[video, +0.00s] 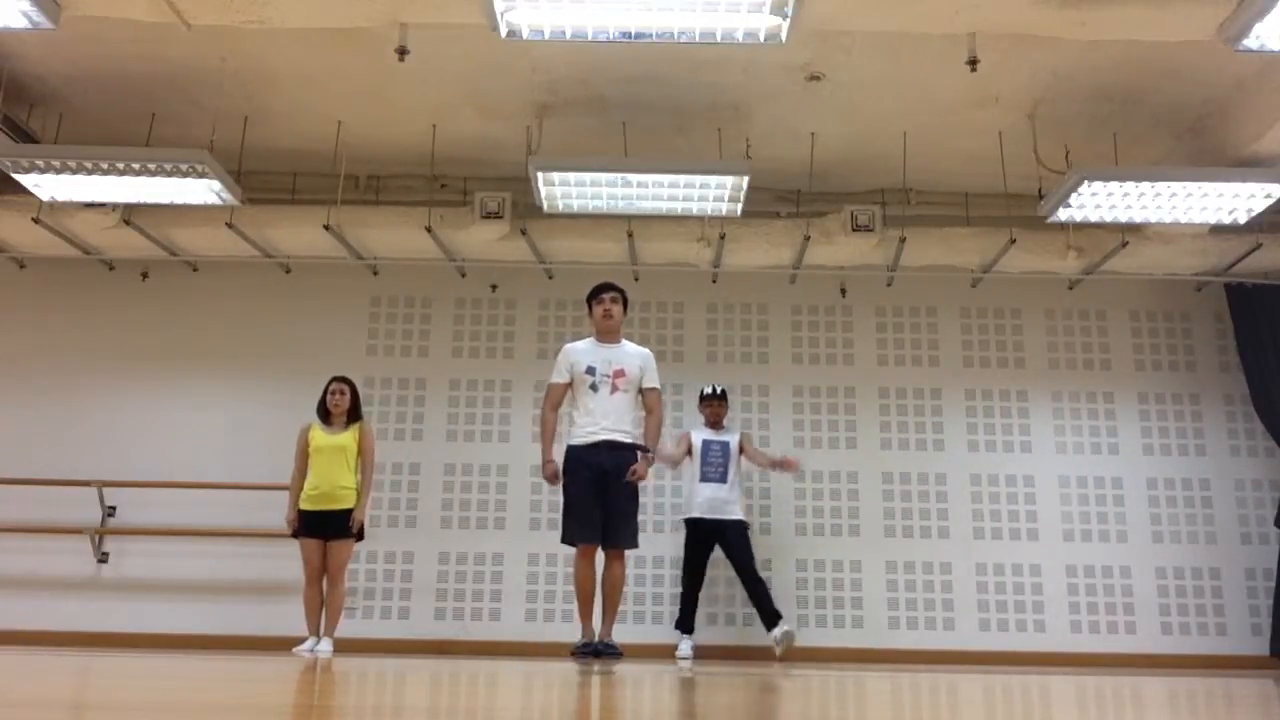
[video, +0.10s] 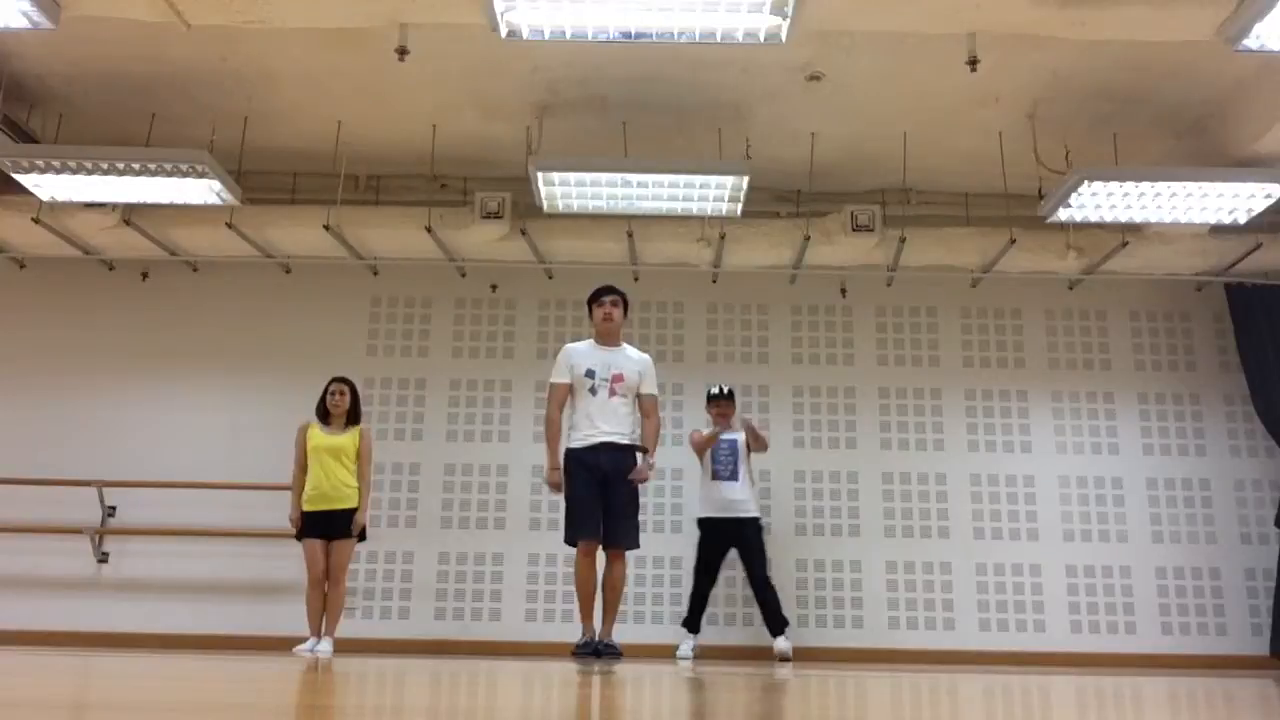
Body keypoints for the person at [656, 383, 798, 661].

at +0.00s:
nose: (715, 412)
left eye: (719, 406)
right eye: (710, 406)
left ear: (727, 409)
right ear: (700, 409)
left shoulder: (737, 439)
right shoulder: (690, 437)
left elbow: (759, 458)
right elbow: (673, 458)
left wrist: (779, 463)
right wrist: (655, 451)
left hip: (731, 519)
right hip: (699, 518)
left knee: (749, 574)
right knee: (692, 581)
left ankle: (777, 629)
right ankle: (685, 638)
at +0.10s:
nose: (722, 411)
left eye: (727, 406)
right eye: (717, 406)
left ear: (734, 408)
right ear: (708, 409)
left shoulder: (743, 435)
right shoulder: (700, 436)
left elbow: (761, 447)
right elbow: (699, 448)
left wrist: (750, 430)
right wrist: (717, 432)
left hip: (745, 517)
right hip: (713, 518)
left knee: (759, 578)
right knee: (703, 580)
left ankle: (779, 636)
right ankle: (690, 636)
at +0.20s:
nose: (735, 405)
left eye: (737, 400)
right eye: (729, 400)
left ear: (741, 406)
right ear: (717, 406)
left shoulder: (750, 436)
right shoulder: (710, 437)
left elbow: (773, 431)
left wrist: (771, 408)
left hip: (757, 514)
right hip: (725, 515)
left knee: (771, 577)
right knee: (717, 577)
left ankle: (781, 637)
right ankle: (726, 627)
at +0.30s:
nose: (735, 409)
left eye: (740, 403)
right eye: (730, 403)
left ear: (747, 408)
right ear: (721, 407)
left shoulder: (753, 437)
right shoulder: (712, 435)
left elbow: (778, 414)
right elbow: (710, 397)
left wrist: (804, 388)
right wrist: (743, 372)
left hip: (761, 513)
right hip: (730, 514)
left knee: (774, 578)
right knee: (736, 580)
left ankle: (782, 639)